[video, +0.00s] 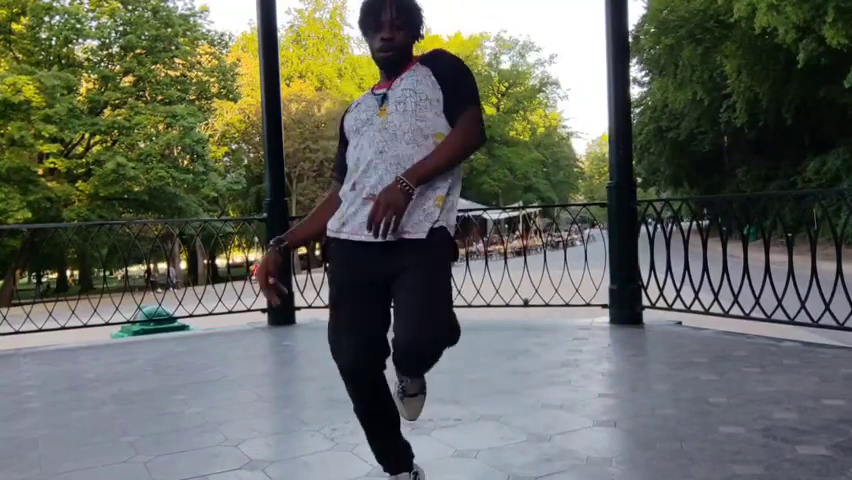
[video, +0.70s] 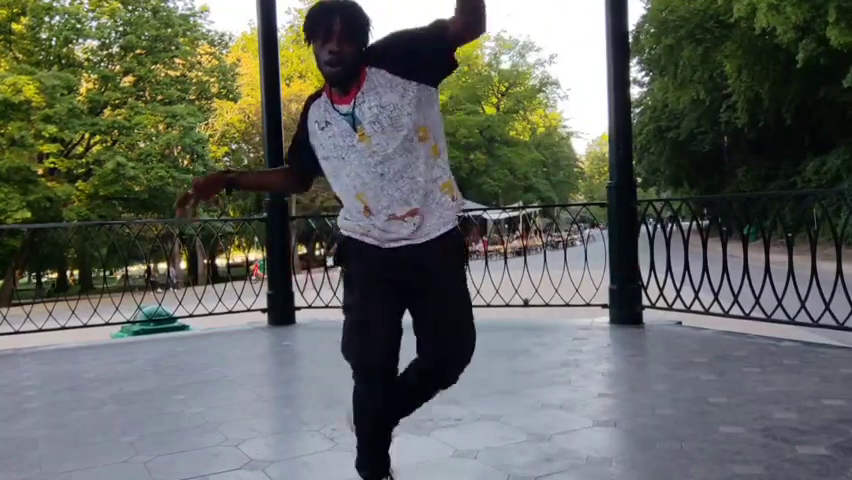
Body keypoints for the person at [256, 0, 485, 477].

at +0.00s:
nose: (388, 34)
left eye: (399, 24)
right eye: (377, 26)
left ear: (416, 29)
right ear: (364, 35)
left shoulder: (440, 66)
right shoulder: (353, 113)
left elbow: (471, 132)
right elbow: (340, 192)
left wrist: (405, 183)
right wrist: (282, 245)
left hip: (422, 237)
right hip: (354, 243)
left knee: (424, 338)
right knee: (354, 358)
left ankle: (407, 370)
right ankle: (399, 468)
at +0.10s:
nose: (387, 34)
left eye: (397, 24)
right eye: (376, 25)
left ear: (413, 28)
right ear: (363, 32)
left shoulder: (439, 80)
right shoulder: (349, 105)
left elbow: (488, 150)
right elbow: (339, 192)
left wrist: (454, 176)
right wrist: (302, 261)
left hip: (414, 221)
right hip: (351, 232)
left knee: (406, 301)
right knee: (357, 357)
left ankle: (422, 362)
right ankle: (406, 468)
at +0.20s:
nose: (379, 28)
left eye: (390, 18)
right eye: (369, 19)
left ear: (406, 24)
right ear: (358, 28)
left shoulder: (431, 79)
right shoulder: (342, 99)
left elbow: (468, 148)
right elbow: (343, 185)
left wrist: (496, 172)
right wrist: (316, 247)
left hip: (415, 199)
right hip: (356, 221)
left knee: (403, 271)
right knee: (368, 354)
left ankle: (428, 365)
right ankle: (415, 469)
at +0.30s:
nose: (367, 27)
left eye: (379, 16)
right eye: (357, 17)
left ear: (394, 22)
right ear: (343, 25)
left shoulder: (421, 76)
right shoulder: (334, 93)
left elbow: (474, 146)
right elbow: (343, 181)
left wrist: (533, 149)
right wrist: (310, 233)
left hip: (413, 199)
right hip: (353, 225)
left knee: (411, 260)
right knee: (374, 361)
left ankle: (431, 354)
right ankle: (422, 469)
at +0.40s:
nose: (356, 30)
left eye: (368, 19)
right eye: (345, 20)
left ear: (384, 23)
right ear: (331, 25)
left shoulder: (420, 70)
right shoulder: (327, 97)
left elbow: (501, 101)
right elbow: (331, 178)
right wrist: (288, 229)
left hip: (416, 210)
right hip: (353, 229)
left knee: (414, 285)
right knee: (357, 357)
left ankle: (410, 347)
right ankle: (412, 467)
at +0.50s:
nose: (350, 39)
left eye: (362, 29)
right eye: (340, 29)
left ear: (379, 30)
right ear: (326, 33)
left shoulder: (420, 60)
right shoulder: (327, 105)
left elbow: (498, 46)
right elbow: (317, 179)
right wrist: (261, 221)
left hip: (424, 233)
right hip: (354, 242)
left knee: (422, 330)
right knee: (347, 351)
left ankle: (346, 354)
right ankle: (393, 468)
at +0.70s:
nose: (332, 50)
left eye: (342, 39)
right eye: (321, 41)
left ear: (362, 39)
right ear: (312, 45)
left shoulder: (401, 56)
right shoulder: (316, 113)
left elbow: (470, 23)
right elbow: (294, 178)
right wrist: (228, 179)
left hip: (437, 242)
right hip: (368, 251)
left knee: (451, 353)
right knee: (372, 368)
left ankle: (376, 417)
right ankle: (374, 472)